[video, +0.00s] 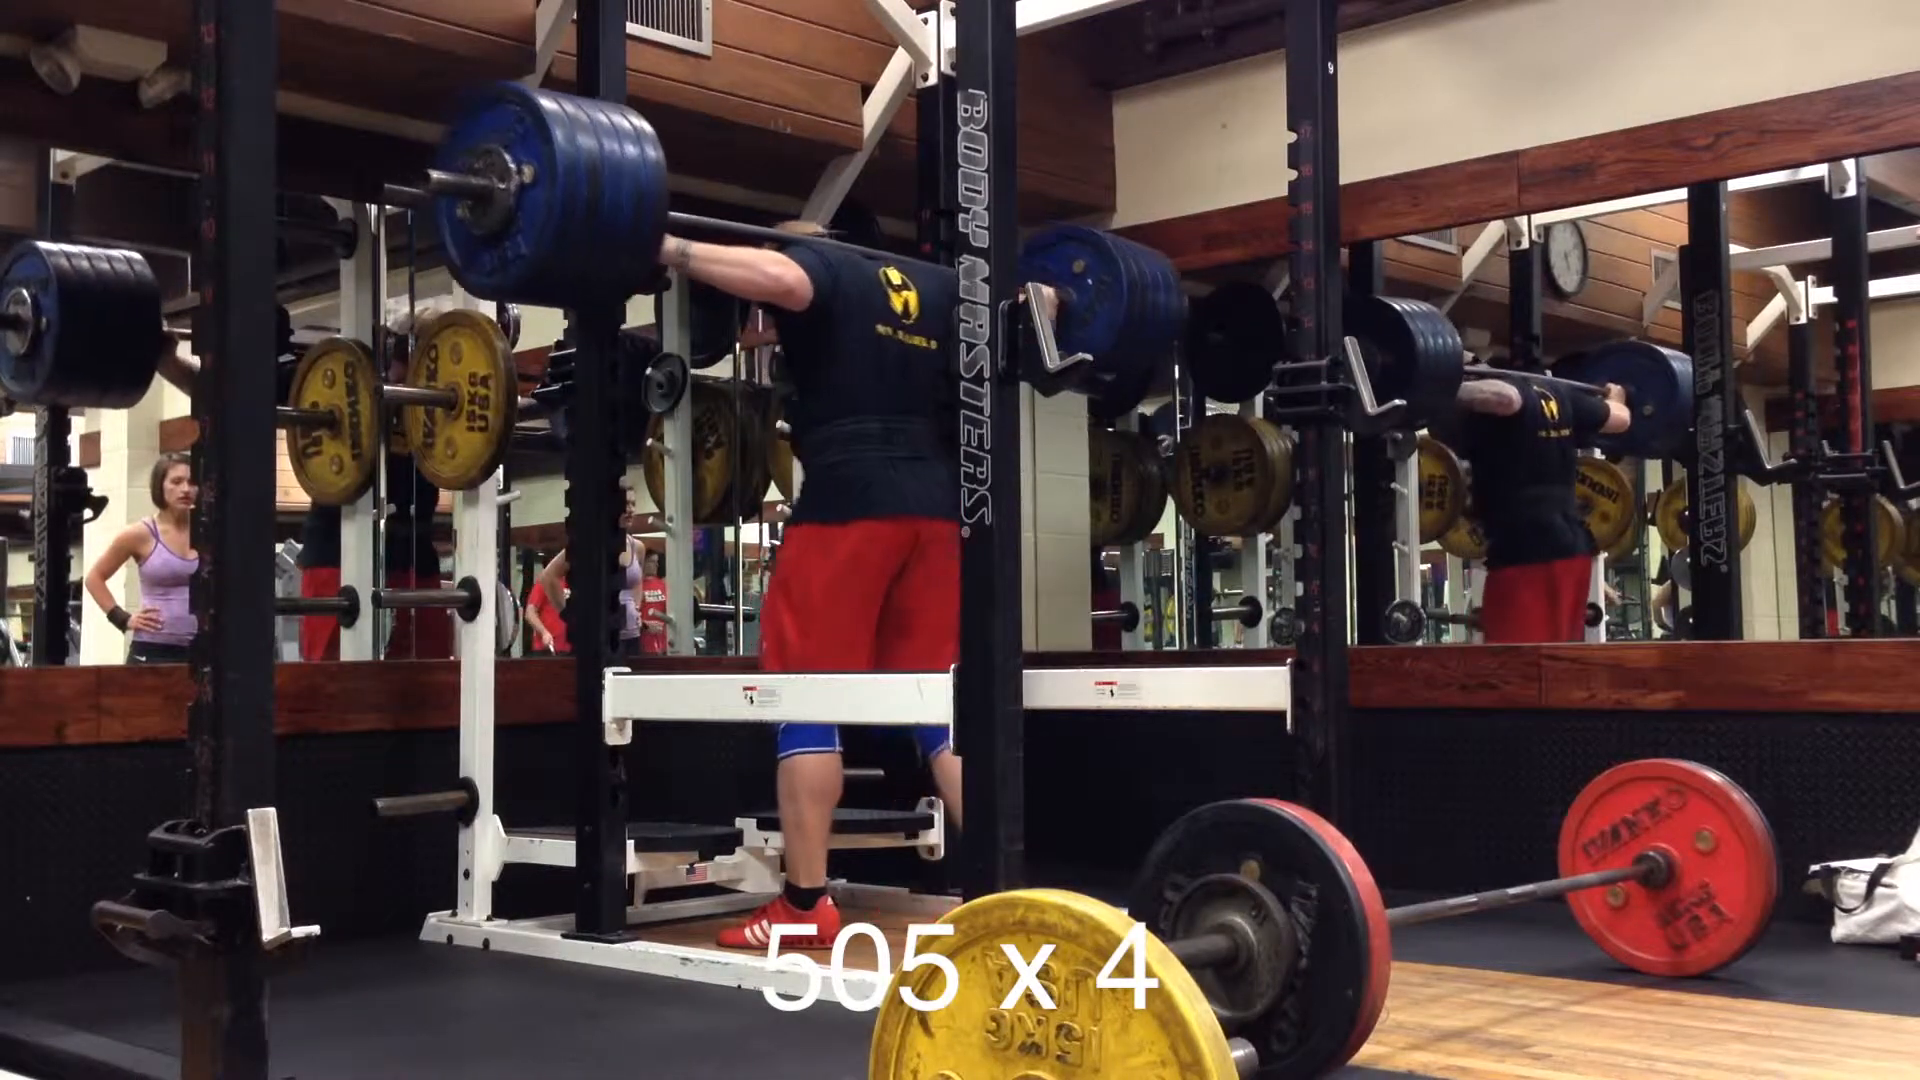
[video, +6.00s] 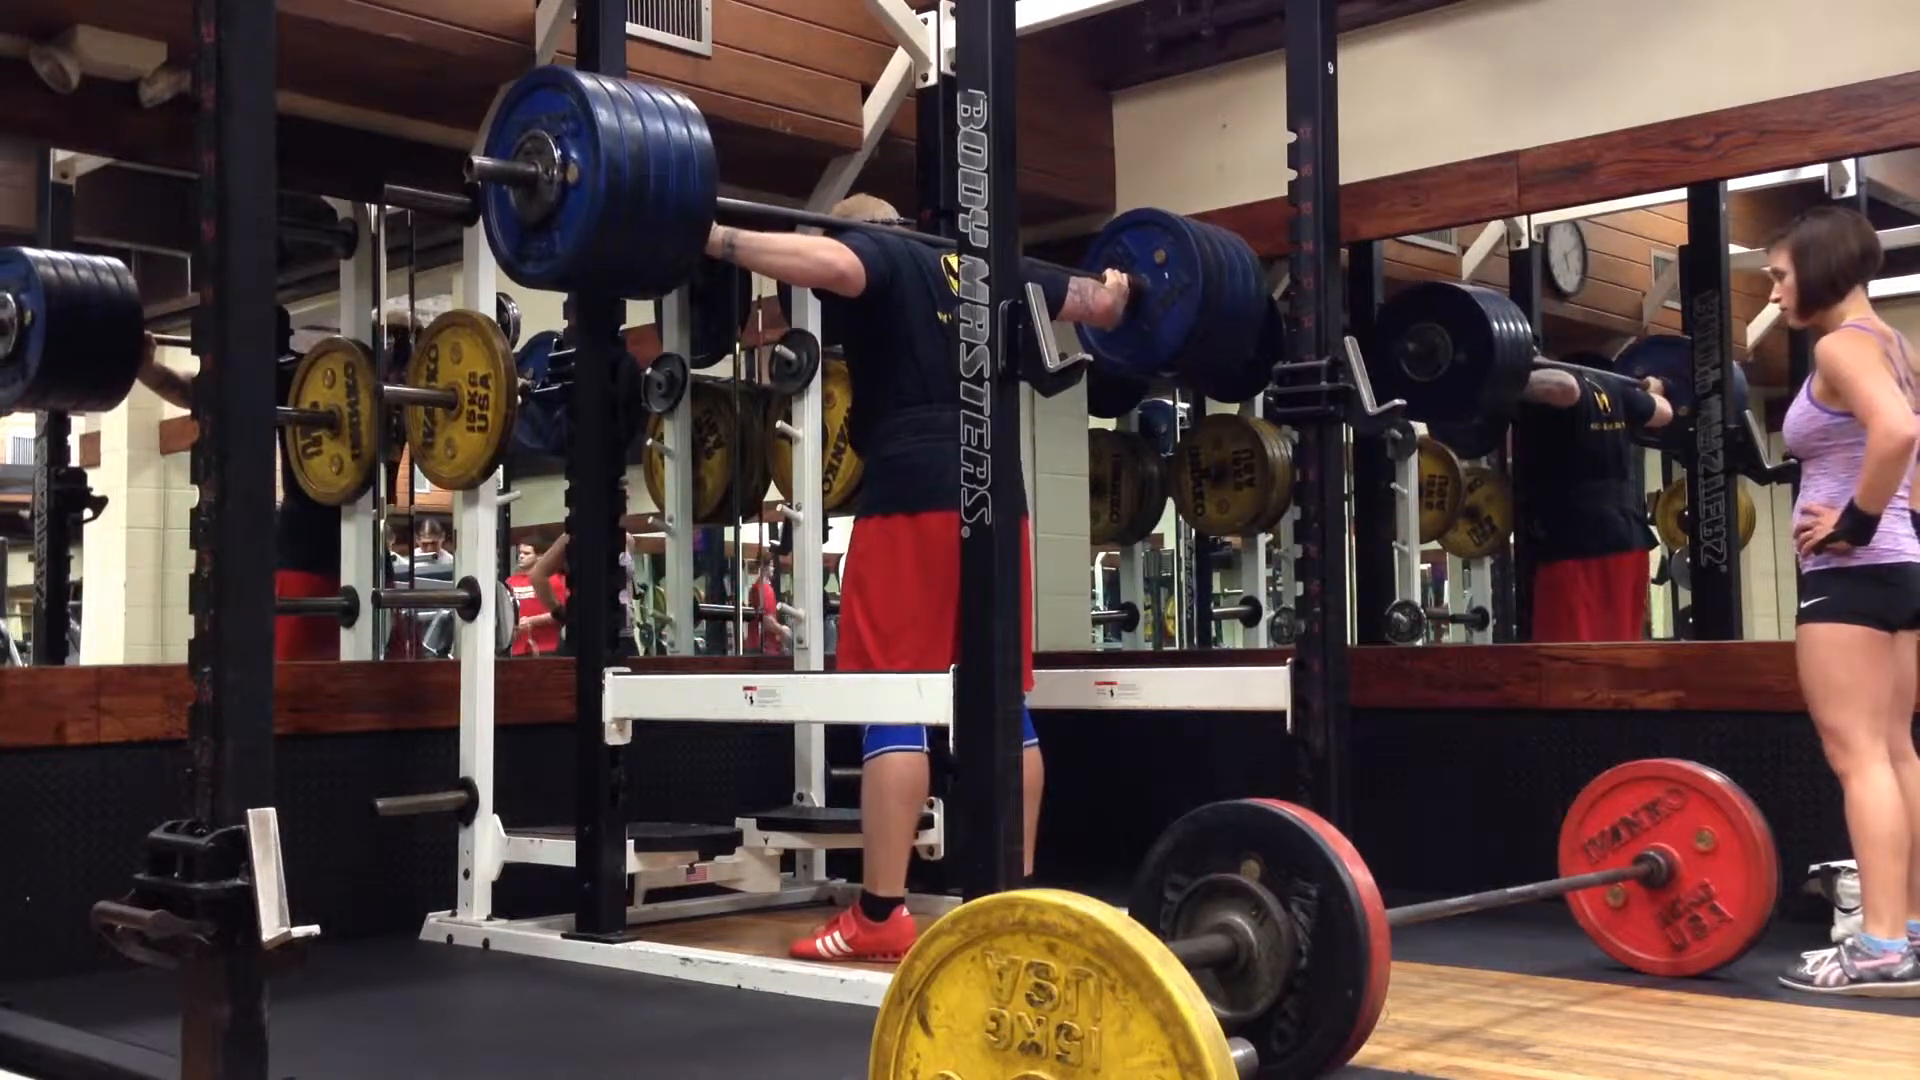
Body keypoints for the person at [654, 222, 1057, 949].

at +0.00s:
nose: (770, 279)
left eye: (772, 266)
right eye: (769, 272)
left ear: (797, 250)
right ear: (857, 242)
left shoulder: (818, 256)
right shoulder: (935, 285)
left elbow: (787, 281)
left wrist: (672, 249)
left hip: (851, 503)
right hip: (940, 505)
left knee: (806, 702)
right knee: (938, 706)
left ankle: (806, 904)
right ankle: (996, 883)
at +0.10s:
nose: (760, 325)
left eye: (764, 312)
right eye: (757, 315)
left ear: (805, 258)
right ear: (861, 244)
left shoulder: (827, 257)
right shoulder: (941, 284)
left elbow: (804, 282)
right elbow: (1050, 309)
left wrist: (687, 252)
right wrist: (1053, 310)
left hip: (867, 504)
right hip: (957, 505)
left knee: (814, 701)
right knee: (947, 707)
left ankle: (807, 903)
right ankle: (996, 886)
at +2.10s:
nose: (835, 258)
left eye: (838, 248)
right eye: (835, 252)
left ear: (867, 241)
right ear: (916, 226)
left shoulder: (894, 254)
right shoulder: (999, 269)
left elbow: (862, 275)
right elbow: (1102, 306)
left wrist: (747, 248)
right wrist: (1119, 284)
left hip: (924, 502)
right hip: (1014, 501)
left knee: (904, 710)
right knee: (1016, 713)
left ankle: (884, 915)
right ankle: (1014, 901)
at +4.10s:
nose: (834, 252)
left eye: (835, 238)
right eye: (835, 238)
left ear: (854, 229)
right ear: (907, 216)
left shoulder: (881, 250)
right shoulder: (983, 265)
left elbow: (846, 279)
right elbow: (1095, 300)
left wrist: (730, 248)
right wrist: (1112, 277)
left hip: (916, 505)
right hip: (1002, 507)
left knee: (893, 709)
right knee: (1006, 710)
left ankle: (882, 913)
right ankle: (1013, 903)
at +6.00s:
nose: (833, 245)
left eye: (834, 236)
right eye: (831, 238)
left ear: (857, 229)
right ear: (905, 220)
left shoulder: (880, 250)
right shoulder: (988, 267)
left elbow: (835, 264)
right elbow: (1096, 302)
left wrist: (720, 237)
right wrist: (1119, 283)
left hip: (914, 500)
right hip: (1001, 503)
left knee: (894, 707)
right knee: (1006, 710)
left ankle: (881, 910)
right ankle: (1013, 902)